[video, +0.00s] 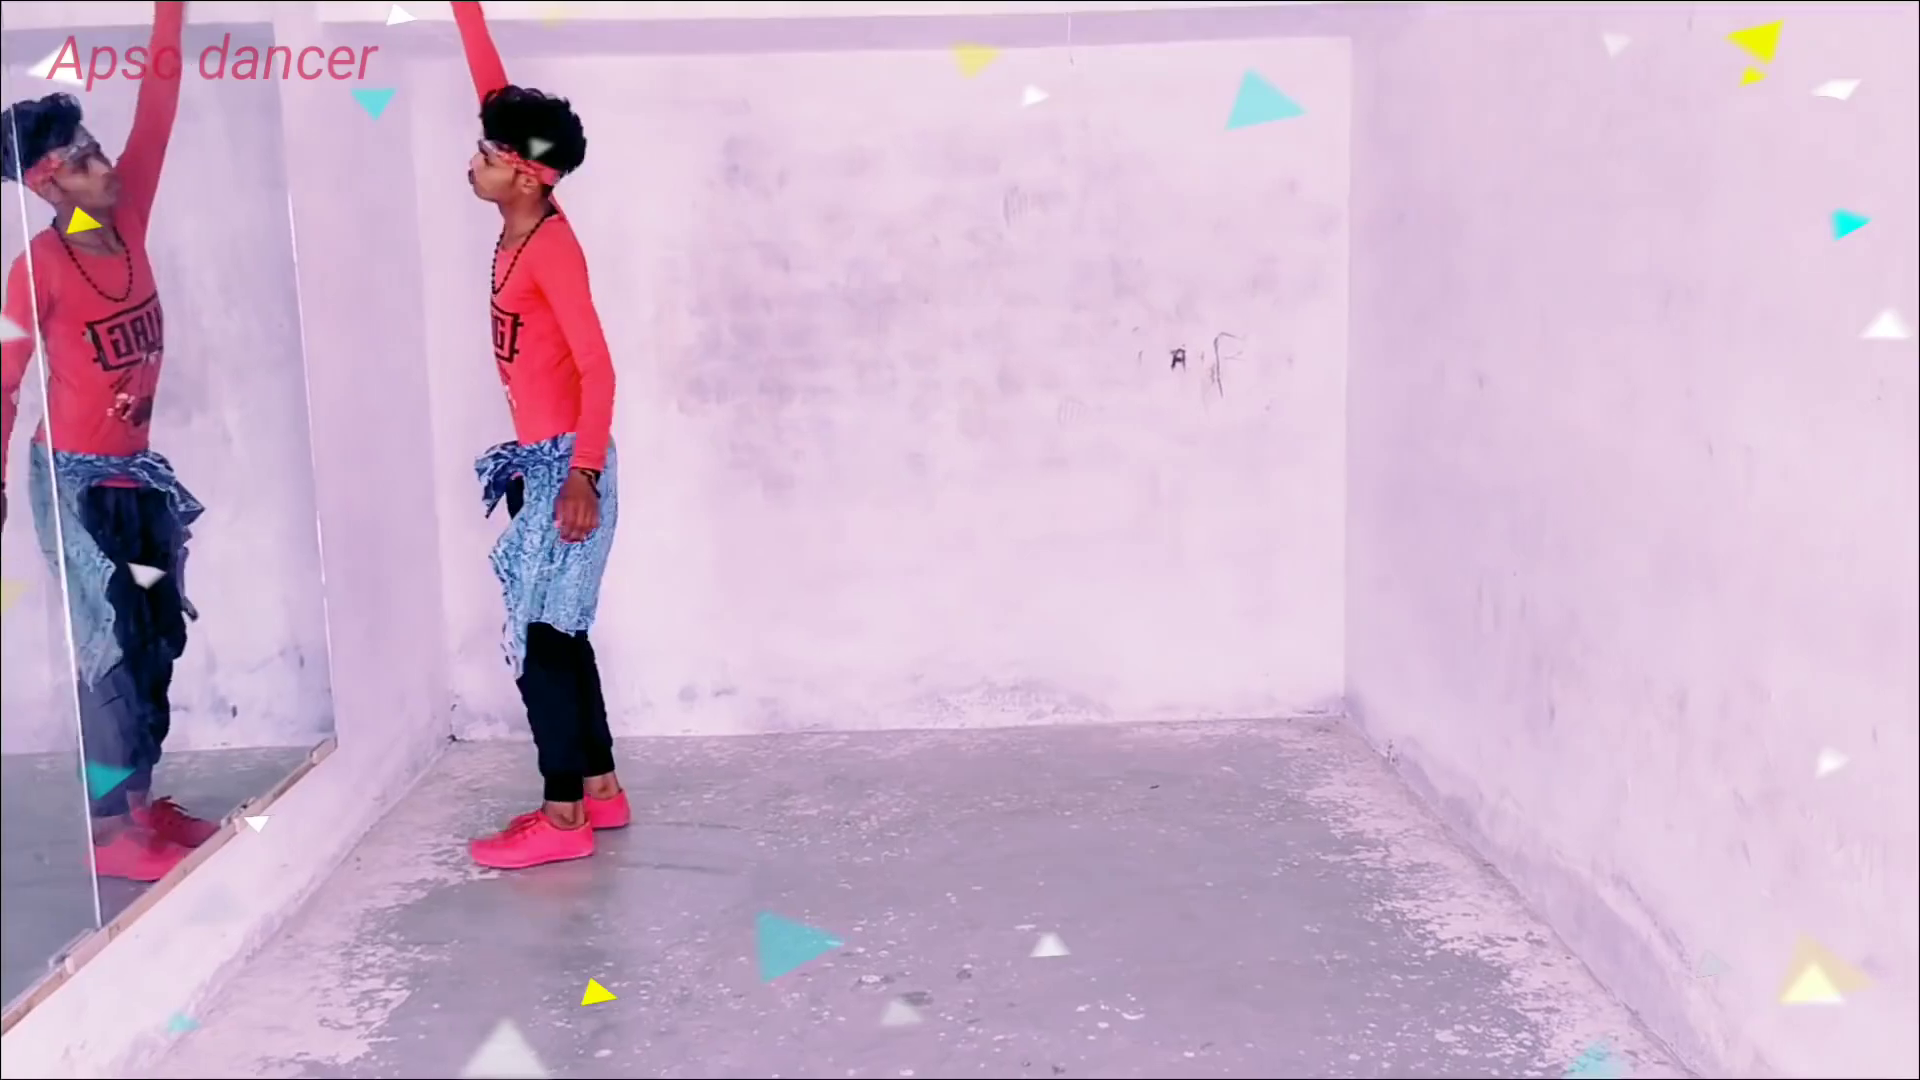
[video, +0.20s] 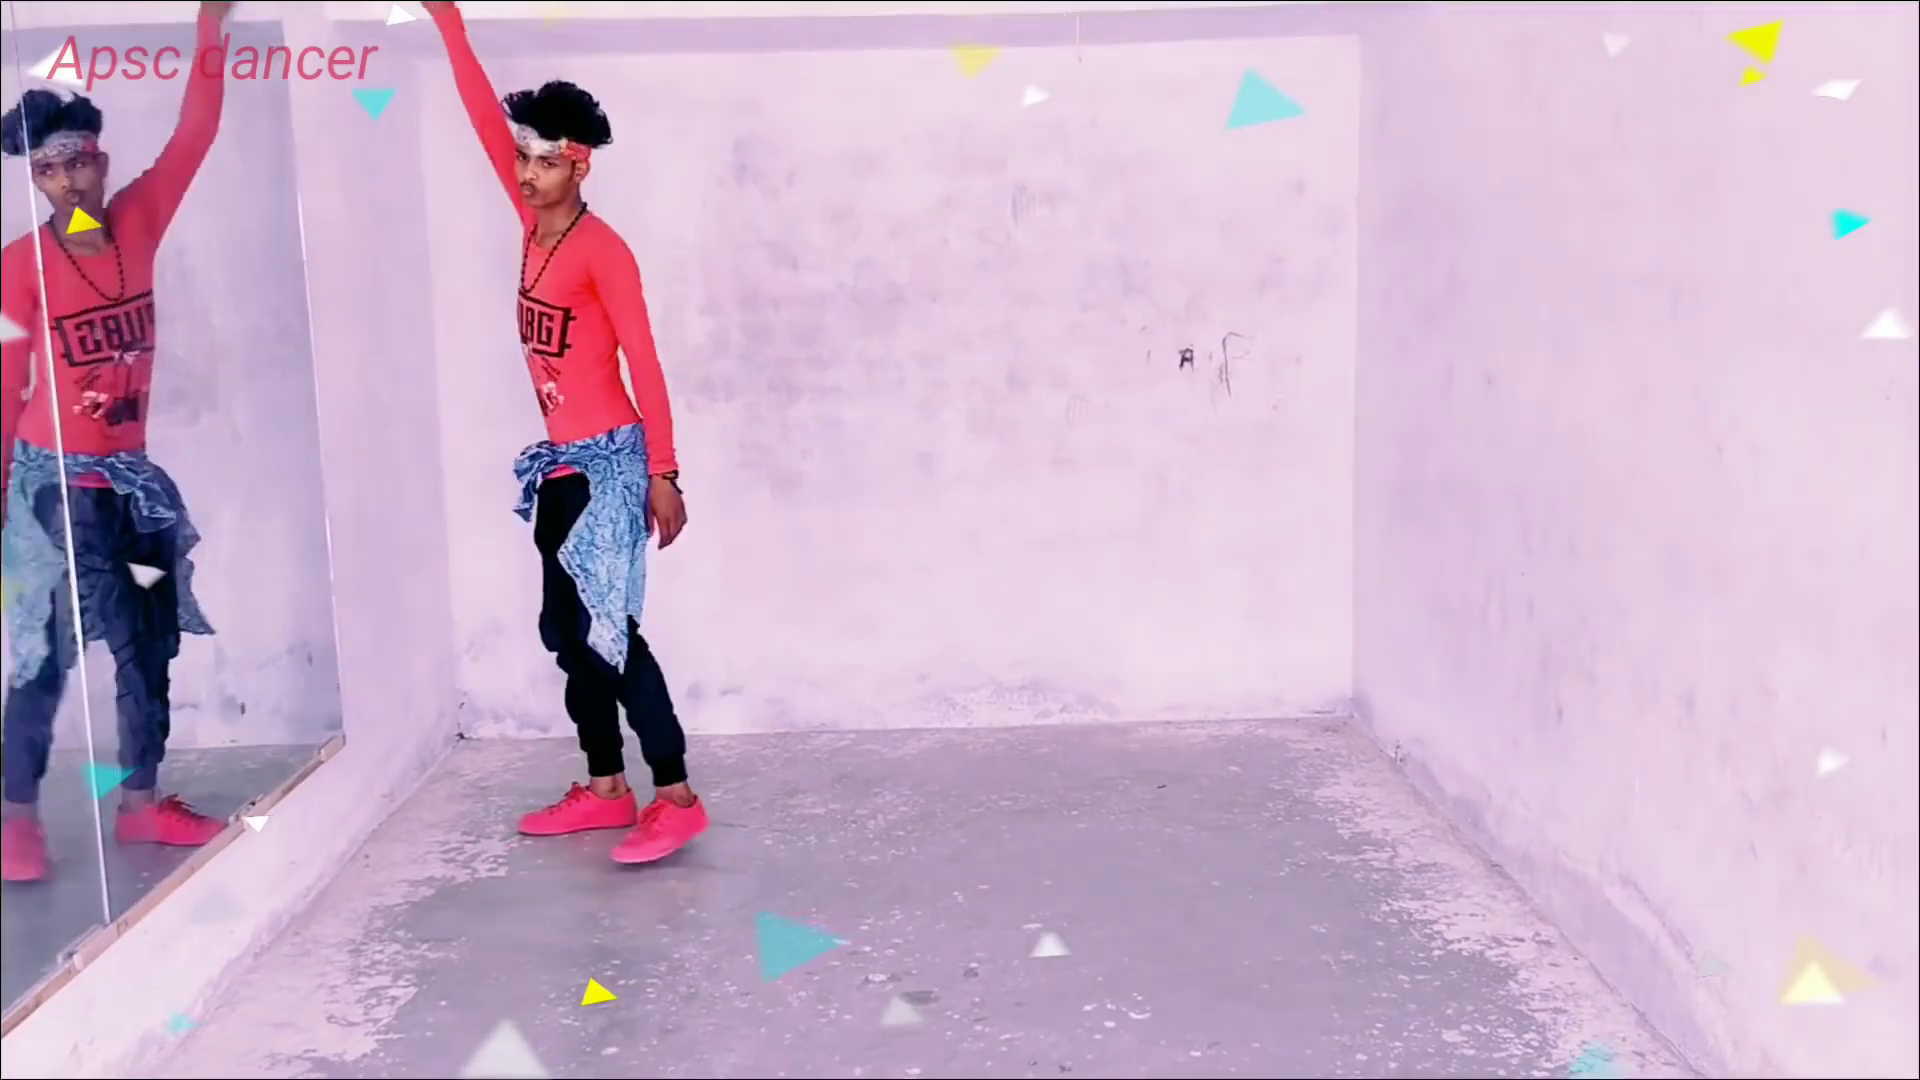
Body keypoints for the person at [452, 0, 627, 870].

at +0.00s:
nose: (474, 162)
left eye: (487, 154)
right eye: (480, 148)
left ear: (526, 173)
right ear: (522, 168)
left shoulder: (552, 251)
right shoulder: (522, 218)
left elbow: (597, 369)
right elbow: (493, 91)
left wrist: (583, 476)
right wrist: (463, 8)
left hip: (561, 468)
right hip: (547, 459)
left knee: (537, 637)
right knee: (556, 630)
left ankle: (563, 818)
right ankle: (598, 787)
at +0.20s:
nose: (529, 174)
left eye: (548, 159)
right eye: (522, 157)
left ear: (584, 167)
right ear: (514, 163)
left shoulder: (602, 251)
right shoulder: (534, 221)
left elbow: (643, 363)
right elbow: (488, 120)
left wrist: (664, 474)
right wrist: (447, 22)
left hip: (609, 465)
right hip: (563, 463)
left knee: (607, 631)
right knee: (566, 629)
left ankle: (676, 797)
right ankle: (606, 787)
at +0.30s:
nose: (552, 173)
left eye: (566, 158)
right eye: (545, 157)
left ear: (602, 161)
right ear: (539, 163)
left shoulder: (630, 248)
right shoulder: (543, 225)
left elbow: (669, 360)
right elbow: (480, 167)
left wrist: (690, 463)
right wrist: (433, 70)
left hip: (638, 459)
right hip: (577, 462)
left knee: (661, 622)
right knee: (575, 627)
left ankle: (740, 786)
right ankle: (608, 786)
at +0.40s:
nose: (588, 177)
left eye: (603, 162)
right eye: (576, 161)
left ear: (632, 166)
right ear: (563, 164)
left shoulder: (658, 249)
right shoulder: (561, 236)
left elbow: (696, 357)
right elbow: (499, 250)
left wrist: (718, 460)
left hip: (667, 466)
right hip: (599, 471)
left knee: (715, 623)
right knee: (578, 632)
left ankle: (802, 780)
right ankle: (607, 786)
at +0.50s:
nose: (627, 190)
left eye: (641, 175)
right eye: (613, 174)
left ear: (663, 180)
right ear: (595, 180)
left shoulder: (693, 262)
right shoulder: (587, 259)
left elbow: (737, 364)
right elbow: (550, 324)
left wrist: (760, 470)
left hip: (702, 486)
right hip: (626, 491)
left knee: (771, 631)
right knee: (572, 637)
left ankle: (858, 782)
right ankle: (607, 788)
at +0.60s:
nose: (666, 206)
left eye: (681, 190)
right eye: (651, 190)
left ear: (702, 194)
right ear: (632, 196)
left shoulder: (737, 279)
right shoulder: (618, 284)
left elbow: (785, 377)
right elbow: (611, 375)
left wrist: (823, 470)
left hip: (738, 507)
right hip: (658, 510)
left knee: (810, 649)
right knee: (581, 651)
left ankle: (894, 808)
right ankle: (608, 789)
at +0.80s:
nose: (743, 243)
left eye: (755, 226)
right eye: (727, 226)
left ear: (772, 231)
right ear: (702, 231)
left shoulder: (809, 310)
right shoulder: (679, 328)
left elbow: (851, 417)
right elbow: (679, 441)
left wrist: (869, 451)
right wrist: (671, 472)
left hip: (825, 535)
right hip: (737, 542)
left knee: (892, 678)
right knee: (654, 687)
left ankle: (937, 828)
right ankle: (674, 813)